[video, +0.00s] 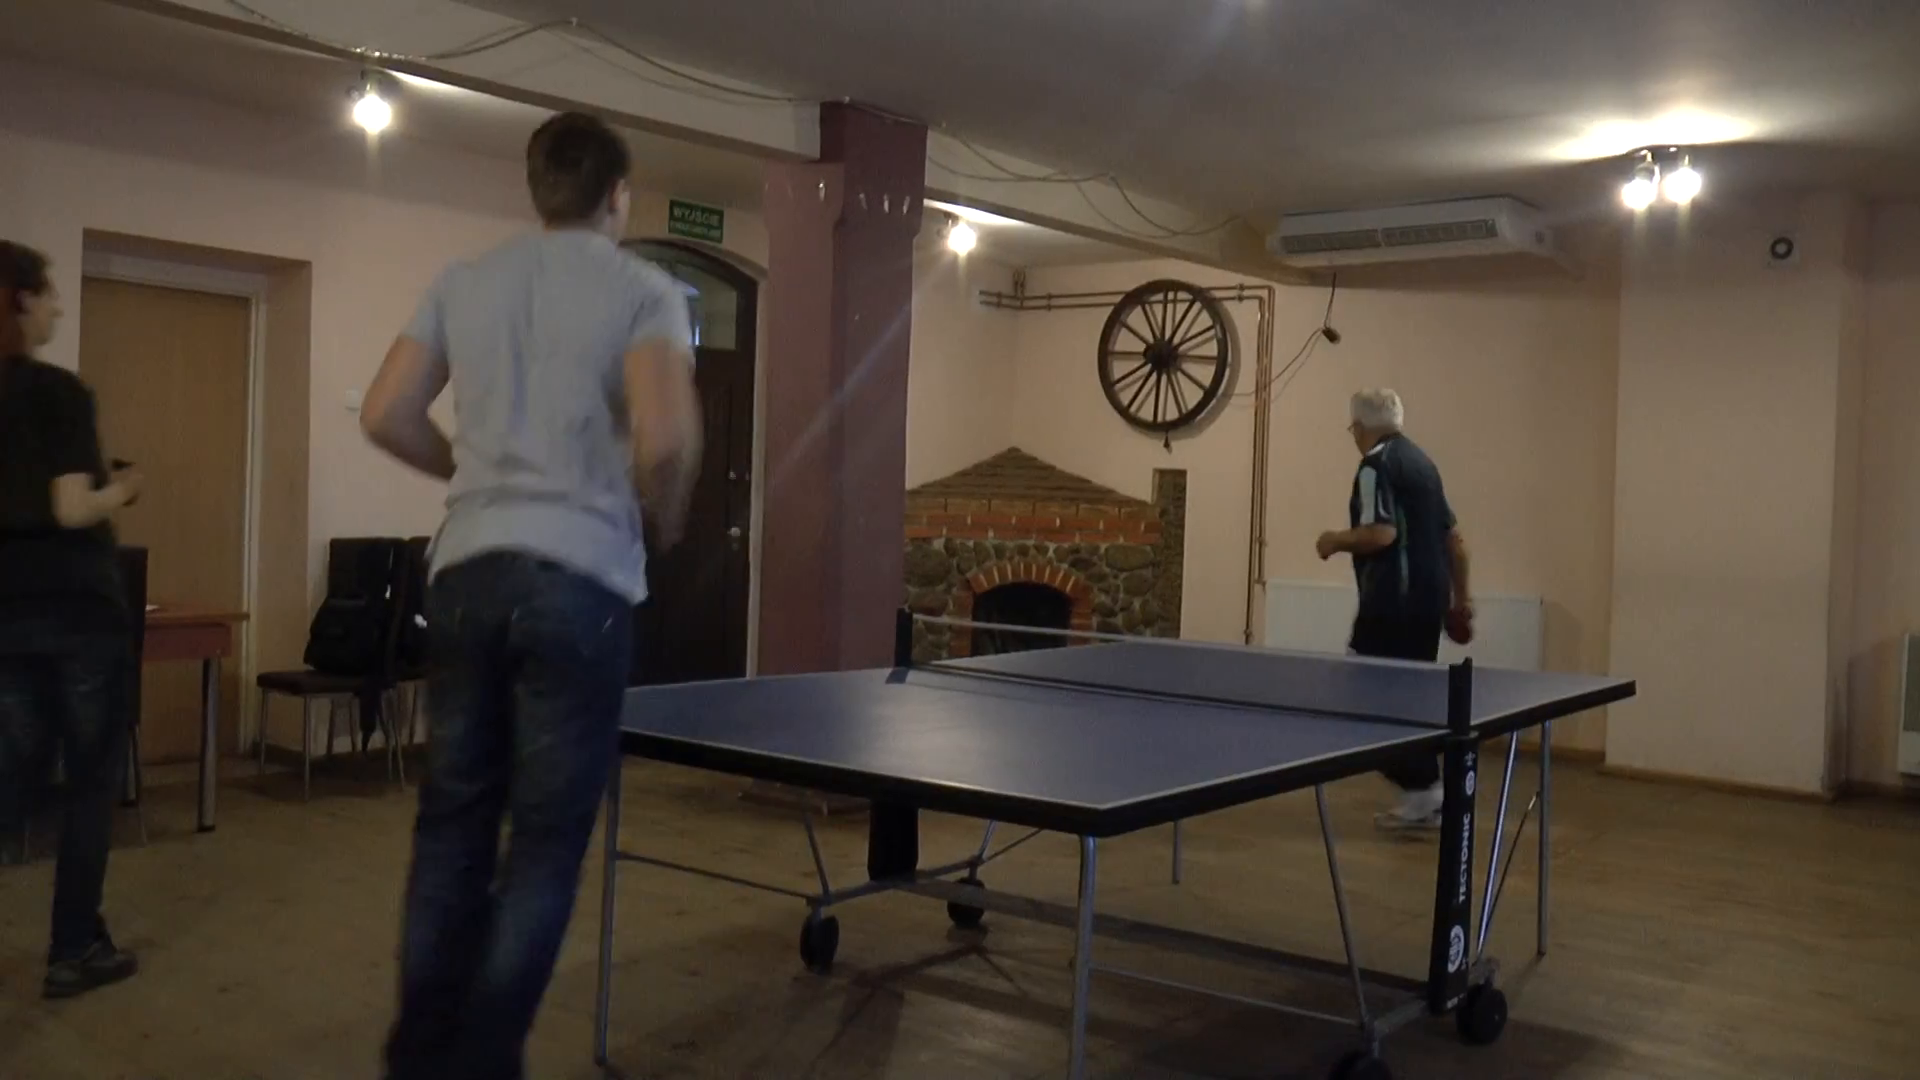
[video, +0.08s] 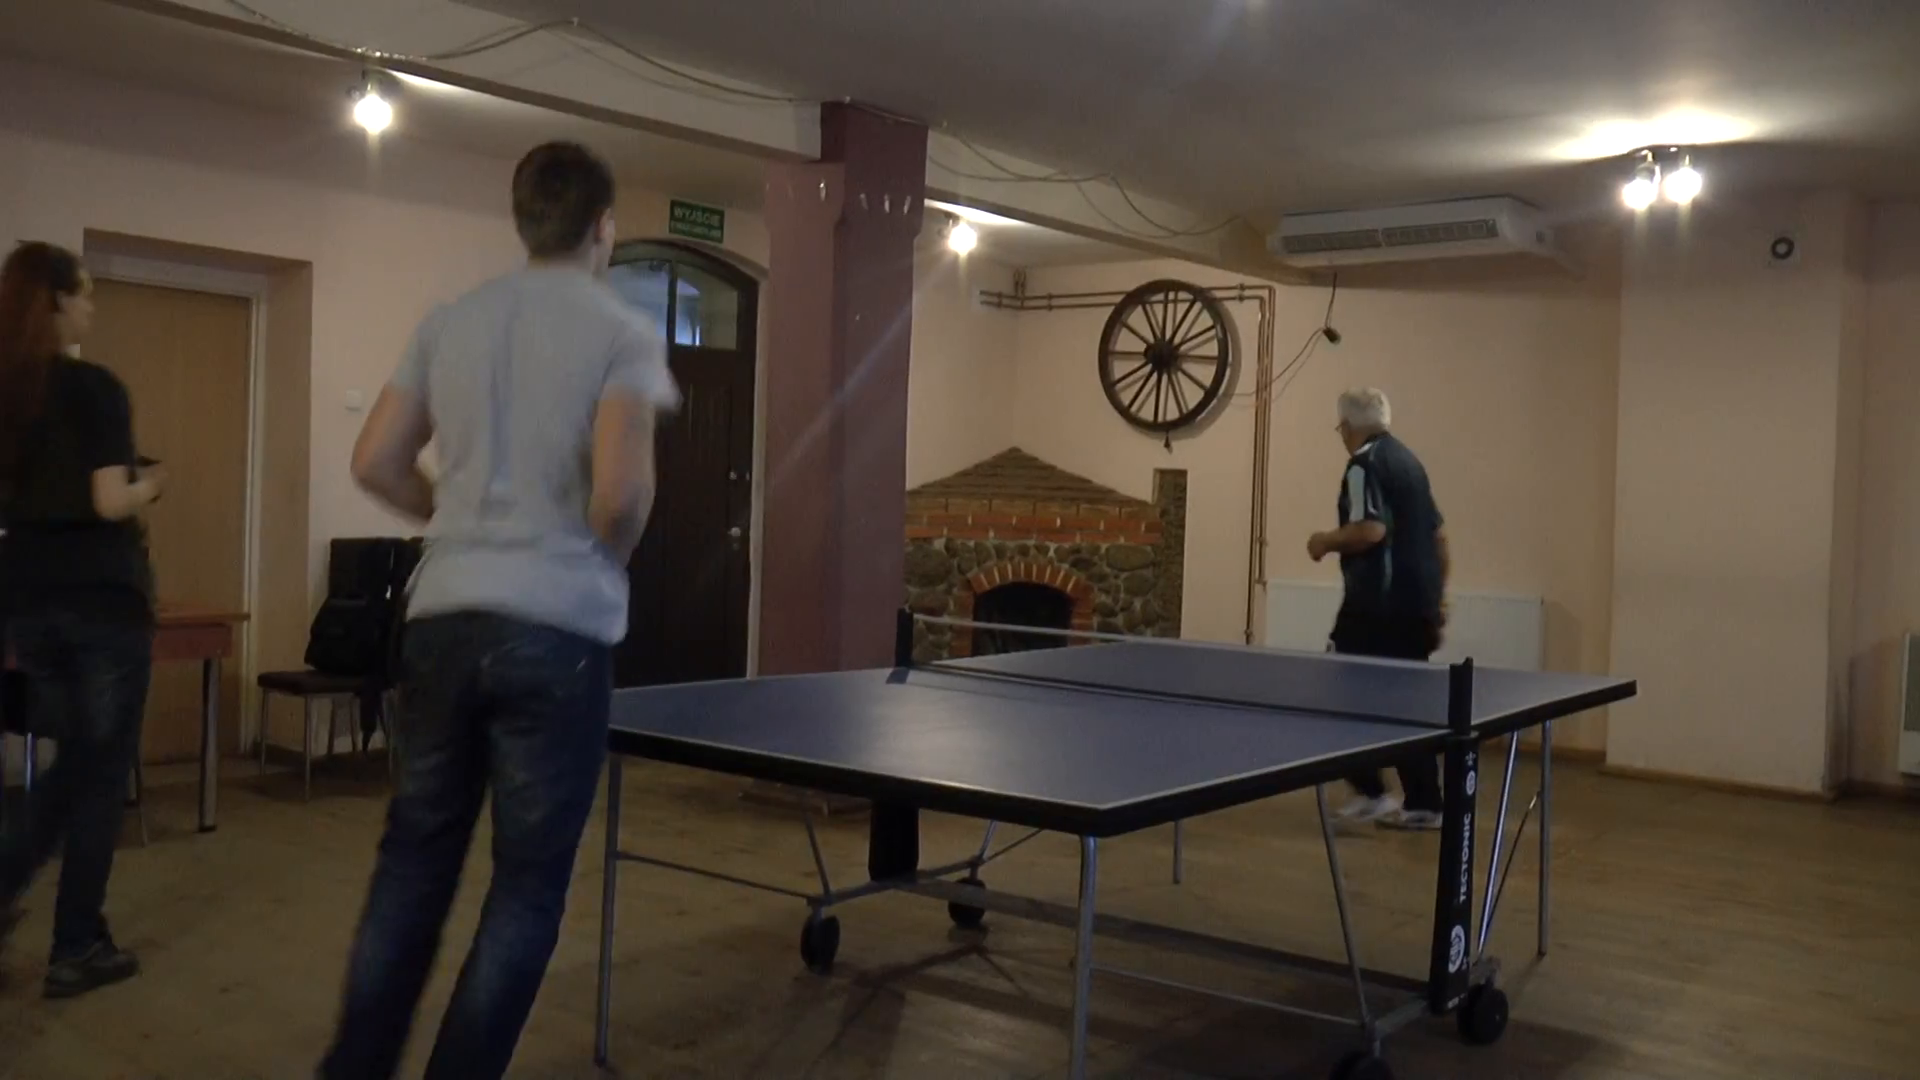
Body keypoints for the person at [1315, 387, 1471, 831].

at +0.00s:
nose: (1351, 431)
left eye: (1354, 425)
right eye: (1353, 425)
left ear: (1363, 427)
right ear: (1395, 424)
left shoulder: (1375, 466)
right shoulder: (1420, 462)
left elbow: (1381, 533)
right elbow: (1453, 540)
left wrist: (1336, 539)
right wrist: (1459, 602)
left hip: (1389, 608)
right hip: (1426, 607)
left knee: (1361, 701)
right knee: (1405, 698)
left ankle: (1419, 789)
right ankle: (1429, 794)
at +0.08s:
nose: (1339, 433)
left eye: (1341, 426)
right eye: (1341, 426)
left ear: (1348, 427)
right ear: (1383, 424)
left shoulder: (1364, 464)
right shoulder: (1406, 460)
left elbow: (1370, 530)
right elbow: (1436, 536)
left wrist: (1325, 540)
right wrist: (1435, 604)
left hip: (1372, 610)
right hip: (1412, 609)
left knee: (1343, 695)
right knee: (1406, 704)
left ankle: (1369, 790)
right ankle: (1423, 803)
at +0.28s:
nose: (1299, 431)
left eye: (1299, 425)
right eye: (1300, 425)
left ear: (1308, 425)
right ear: (1340, 421)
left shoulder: (1322, 459)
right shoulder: (1367, 457)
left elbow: (1327, 521)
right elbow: (1389, 533)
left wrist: (1282, 541)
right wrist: (1380, 587)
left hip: (1332, 605)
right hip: (1372, 604)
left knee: (1320, 697)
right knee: (1375, 696)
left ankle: (1345, 790)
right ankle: (1416, 790)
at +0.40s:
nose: (1269, 440)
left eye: (1270, 433)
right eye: (1270, 433)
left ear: (1277, 432)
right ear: (1310, 429)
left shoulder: (1288, 470)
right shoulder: (1337, 466)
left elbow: (1277, 535)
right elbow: (1365, 540)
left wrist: (1234, 552)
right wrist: (1356, 592)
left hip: (1308, 608)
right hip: (1344, 606)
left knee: (1304, 705)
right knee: (1318, 699)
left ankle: (1355, 799)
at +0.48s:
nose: (1246, 454)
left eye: (1248, 446)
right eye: (1247, 446)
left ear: (1257, 445)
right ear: (1286, 441)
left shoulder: (1266, 481)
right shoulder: (1314, 476)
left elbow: (1236, 548)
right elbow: (1352, 549)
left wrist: (1199, 560)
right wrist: (1339, 602)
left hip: (1292, 619)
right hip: (1326, 615)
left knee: (1302, 709)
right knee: (1294, 703)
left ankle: (1355, 798)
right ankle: (1299, 781)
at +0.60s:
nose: (1206, 472)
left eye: (1206, 465)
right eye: (1206, 465)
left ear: (1213, 461)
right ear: (1244, 455)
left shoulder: (1221, 493)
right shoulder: (1278, 488)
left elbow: (1183, 557)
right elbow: (1328, 546)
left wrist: (1151, 561)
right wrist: (1319, 601)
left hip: (1254, 629)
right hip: (1295, 627)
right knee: (1299, 713)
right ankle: (1346, 792)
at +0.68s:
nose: (1171, 477)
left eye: (1173, 469)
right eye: (1172, 470)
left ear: (1182, 466)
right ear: (1211, 463)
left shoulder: (1189, 500)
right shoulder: (1250, 495)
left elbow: (1149, 561)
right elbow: (1301, 538)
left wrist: (1105, 570)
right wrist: (1302, 601)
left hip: (1224, 633)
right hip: (1266, 630)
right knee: (1281, 711)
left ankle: (1342, 786)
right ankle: (1340, 786)